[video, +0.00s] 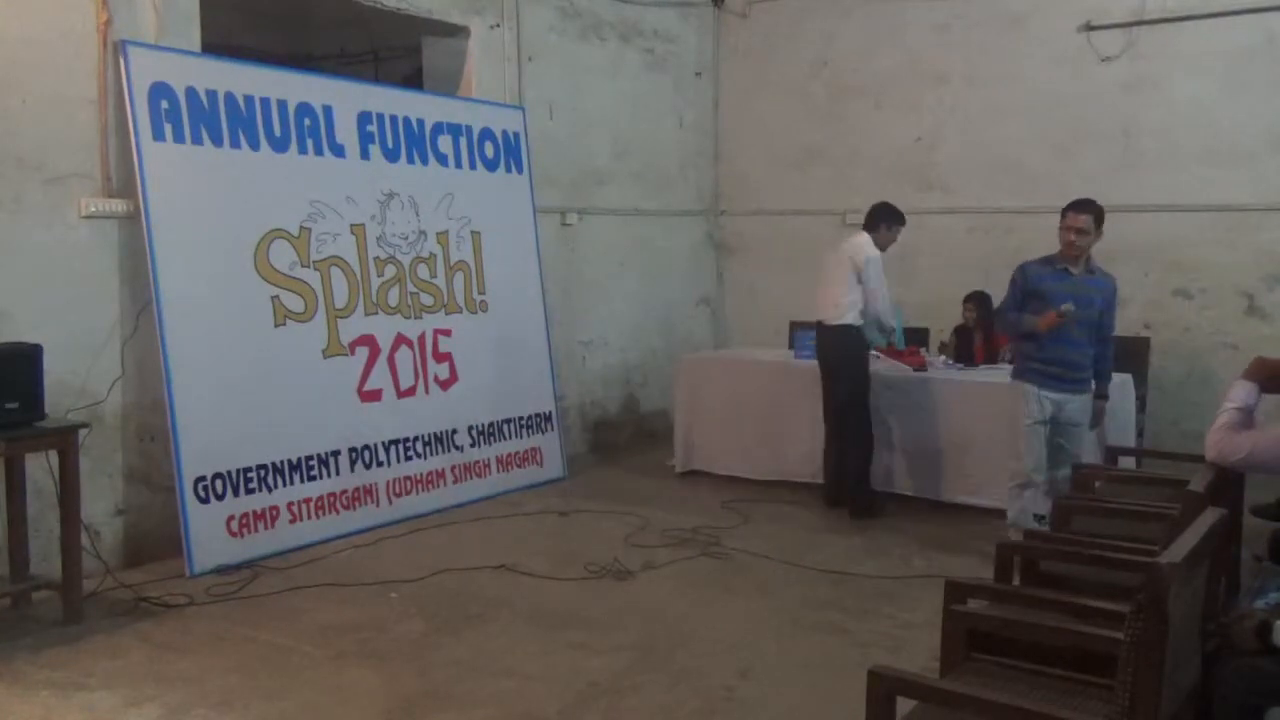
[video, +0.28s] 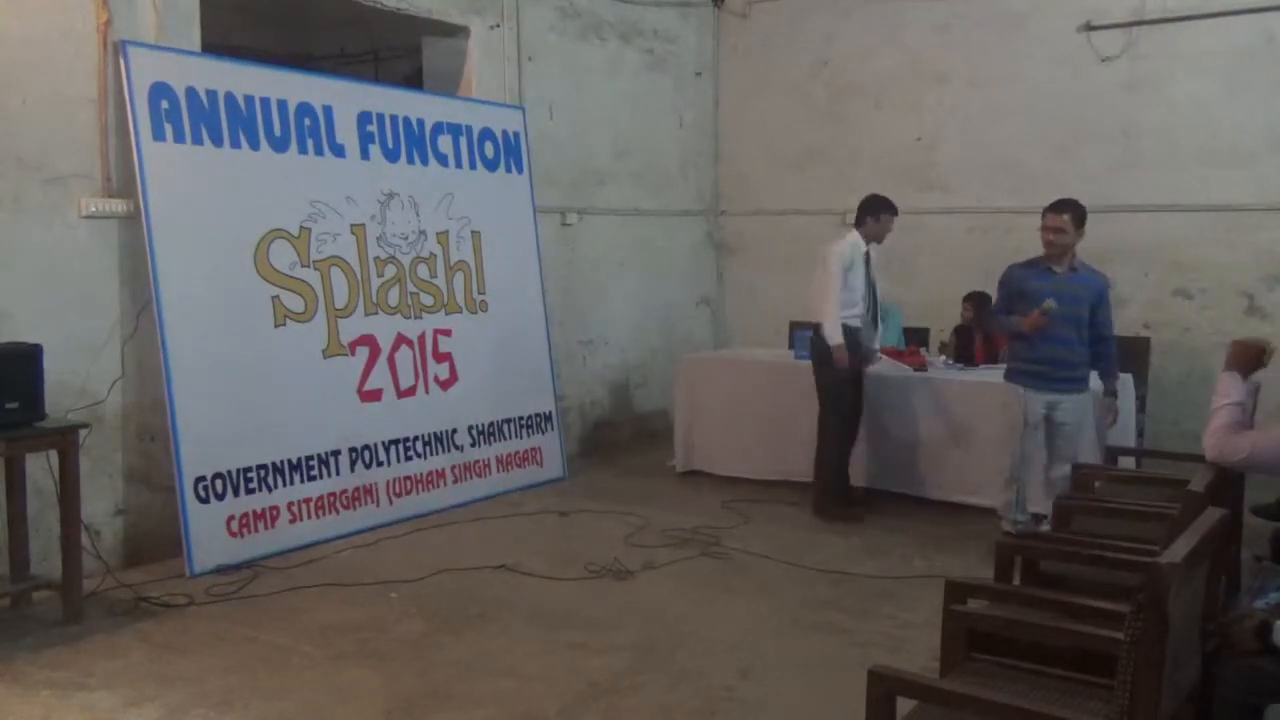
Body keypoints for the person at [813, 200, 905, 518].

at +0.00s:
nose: (896, 240)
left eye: (898, 234)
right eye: (895, 232)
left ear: (872, 225)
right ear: (882, 227)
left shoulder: (846, 245)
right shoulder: (867, 249)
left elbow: (849, 305)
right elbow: (877, 303)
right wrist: (894, 330)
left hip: (826, 334)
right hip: (847, 335)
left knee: (836, 416)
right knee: (856, 417)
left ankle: (835, 491)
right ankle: (860, 498)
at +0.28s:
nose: (889, 232)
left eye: (891, 225)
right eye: (887, 224)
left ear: (871, 221)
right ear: (870, 220)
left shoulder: (864, 253)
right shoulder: (839, 251)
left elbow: (864, 305)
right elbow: (828, 300)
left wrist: (869, 343)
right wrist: (837, 342)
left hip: (854, 339)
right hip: (834, 340)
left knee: (849, 418)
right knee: (836, 419)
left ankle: (839, 492)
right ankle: (827, 499)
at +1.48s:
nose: (850, 234)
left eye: (850, 227)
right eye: (849, 227)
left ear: (824, 223)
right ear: (840, 227)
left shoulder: (818, 252)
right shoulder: (813, 250)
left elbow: (813, 305)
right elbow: (799, 300)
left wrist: (829, 341)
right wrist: (791, 351)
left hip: (801, 335)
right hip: (791, 337)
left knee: (803, 423)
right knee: (791, 423)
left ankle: (799, 498)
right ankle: (782, 509)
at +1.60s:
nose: (843, 231)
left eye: (843, 225)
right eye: (842, 225)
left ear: (818, 221)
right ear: (832, 224)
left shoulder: (817, 255)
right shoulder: (803, 251)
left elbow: (818, 311)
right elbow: (796, 306)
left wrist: (823, 353)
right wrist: (799, 354)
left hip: (802, 341)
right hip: (782, 340)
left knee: (804, 424)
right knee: (781, 426)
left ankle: (798, 495)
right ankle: (768, 506)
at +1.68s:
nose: (836, 230)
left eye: (836, 224)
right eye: (835, 224)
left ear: (811, 219)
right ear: (826, 223)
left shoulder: (813, 255)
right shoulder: (797, 251)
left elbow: (819, 312)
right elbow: (794, 307)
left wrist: (833, 350)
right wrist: (808, 354)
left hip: (799, 343)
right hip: (779, 343)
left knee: (803, 424)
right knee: (776, 426)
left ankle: (799, 495)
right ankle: (762, 507)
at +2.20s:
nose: (805, 230)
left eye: (808, 224)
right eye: (801, 223)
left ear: (803, 223)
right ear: (781, 219)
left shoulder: (801, 255)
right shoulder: (752, 256)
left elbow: (803, 310)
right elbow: (745, 314)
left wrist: (813, 351)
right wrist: (761, 360)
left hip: (796, 348)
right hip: (763, 349)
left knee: (801, 432)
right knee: (758, 433)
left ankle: (785, 498)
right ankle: (758, 507)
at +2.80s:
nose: (799, 221)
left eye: (802, 215)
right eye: (793, 214)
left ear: (801, 218)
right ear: (770, 215)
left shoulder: (808, 255)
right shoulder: (740, 256)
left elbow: (827, 305)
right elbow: (728, 313)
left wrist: (835, 355)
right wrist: (723, 365)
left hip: (791, 356)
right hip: (748, 355)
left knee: (792, 440)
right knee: (740, 437)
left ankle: (793, 520)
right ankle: (729, 515)